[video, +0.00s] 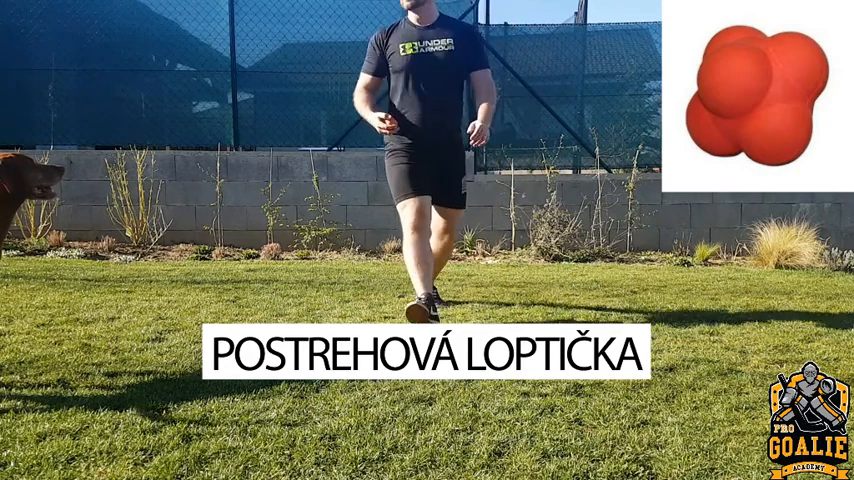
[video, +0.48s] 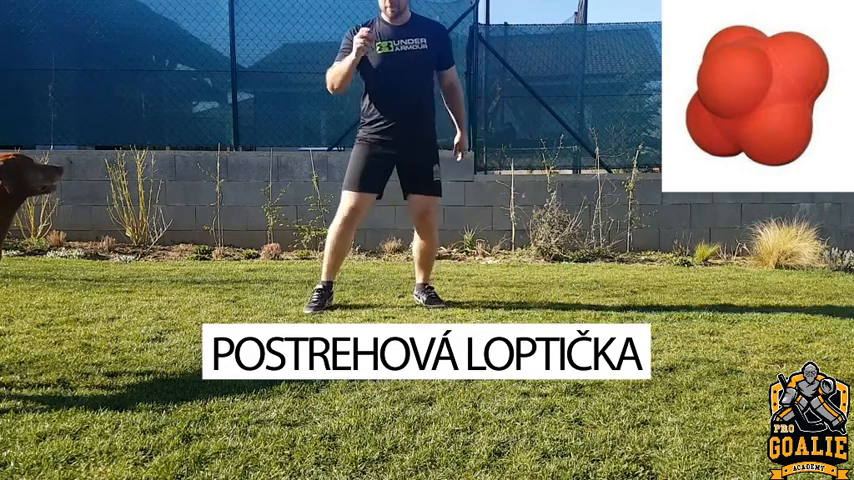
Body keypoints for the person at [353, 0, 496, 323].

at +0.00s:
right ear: (400, 0)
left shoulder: (464, 33)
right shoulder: (384, 38)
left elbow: (485, 88)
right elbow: (362, 92)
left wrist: (483, 120)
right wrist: (372, 115)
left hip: (448, 142)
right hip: (404, 141)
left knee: (445, 233)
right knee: (414, 220)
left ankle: (425, 286)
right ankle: (425, 299)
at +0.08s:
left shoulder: (460, 36)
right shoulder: (382, 37)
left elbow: (477, 88)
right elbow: (361, 89)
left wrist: (488, 135)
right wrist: (373, 114)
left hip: (443, 140)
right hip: (401, 139)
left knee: (441, 226)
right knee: (411, 212)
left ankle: (424, 286)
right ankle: (421, 294)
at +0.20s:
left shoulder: (456, 33)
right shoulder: (380, 32)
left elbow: (472, 87)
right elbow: (358, 85)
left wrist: (487, 136)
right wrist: (374, 109)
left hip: (438, 134)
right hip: (396, 132)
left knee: (438, 220)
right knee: (400, 207)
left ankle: (423, 286)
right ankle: (405, 291)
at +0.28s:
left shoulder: (450, 30)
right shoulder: (375, 30)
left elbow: (467, 83)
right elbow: (352, 82)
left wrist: (479, 130)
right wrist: (370, 93)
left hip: (432, 132)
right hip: (390, 131)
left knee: (434, 214)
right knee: (384, 204)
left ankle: (423, 286)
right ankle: (376, 284)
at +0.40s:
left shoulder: (443, 30)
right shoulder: (368, 32)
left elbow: (459, 80)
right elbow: (342, 84)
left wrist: (470, 125)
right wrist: (363, 73)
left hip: (427, 135)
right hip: (382, 134)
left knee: (430, 218)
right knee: (363, 207)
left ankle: (423, 287)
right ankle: (345, 283)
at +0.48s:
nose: (394, 3)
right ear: (378, 0)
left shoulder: (434, 32)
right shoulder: (359, 35)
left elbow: (450, 83)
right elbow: (334, 85)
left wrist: (461, 126)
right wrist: (354, 55)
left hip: (420, 138)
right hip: (374, 137)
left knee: (426, 217)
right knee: (349, 211)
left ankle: (423, 287)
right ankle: (325, 287)